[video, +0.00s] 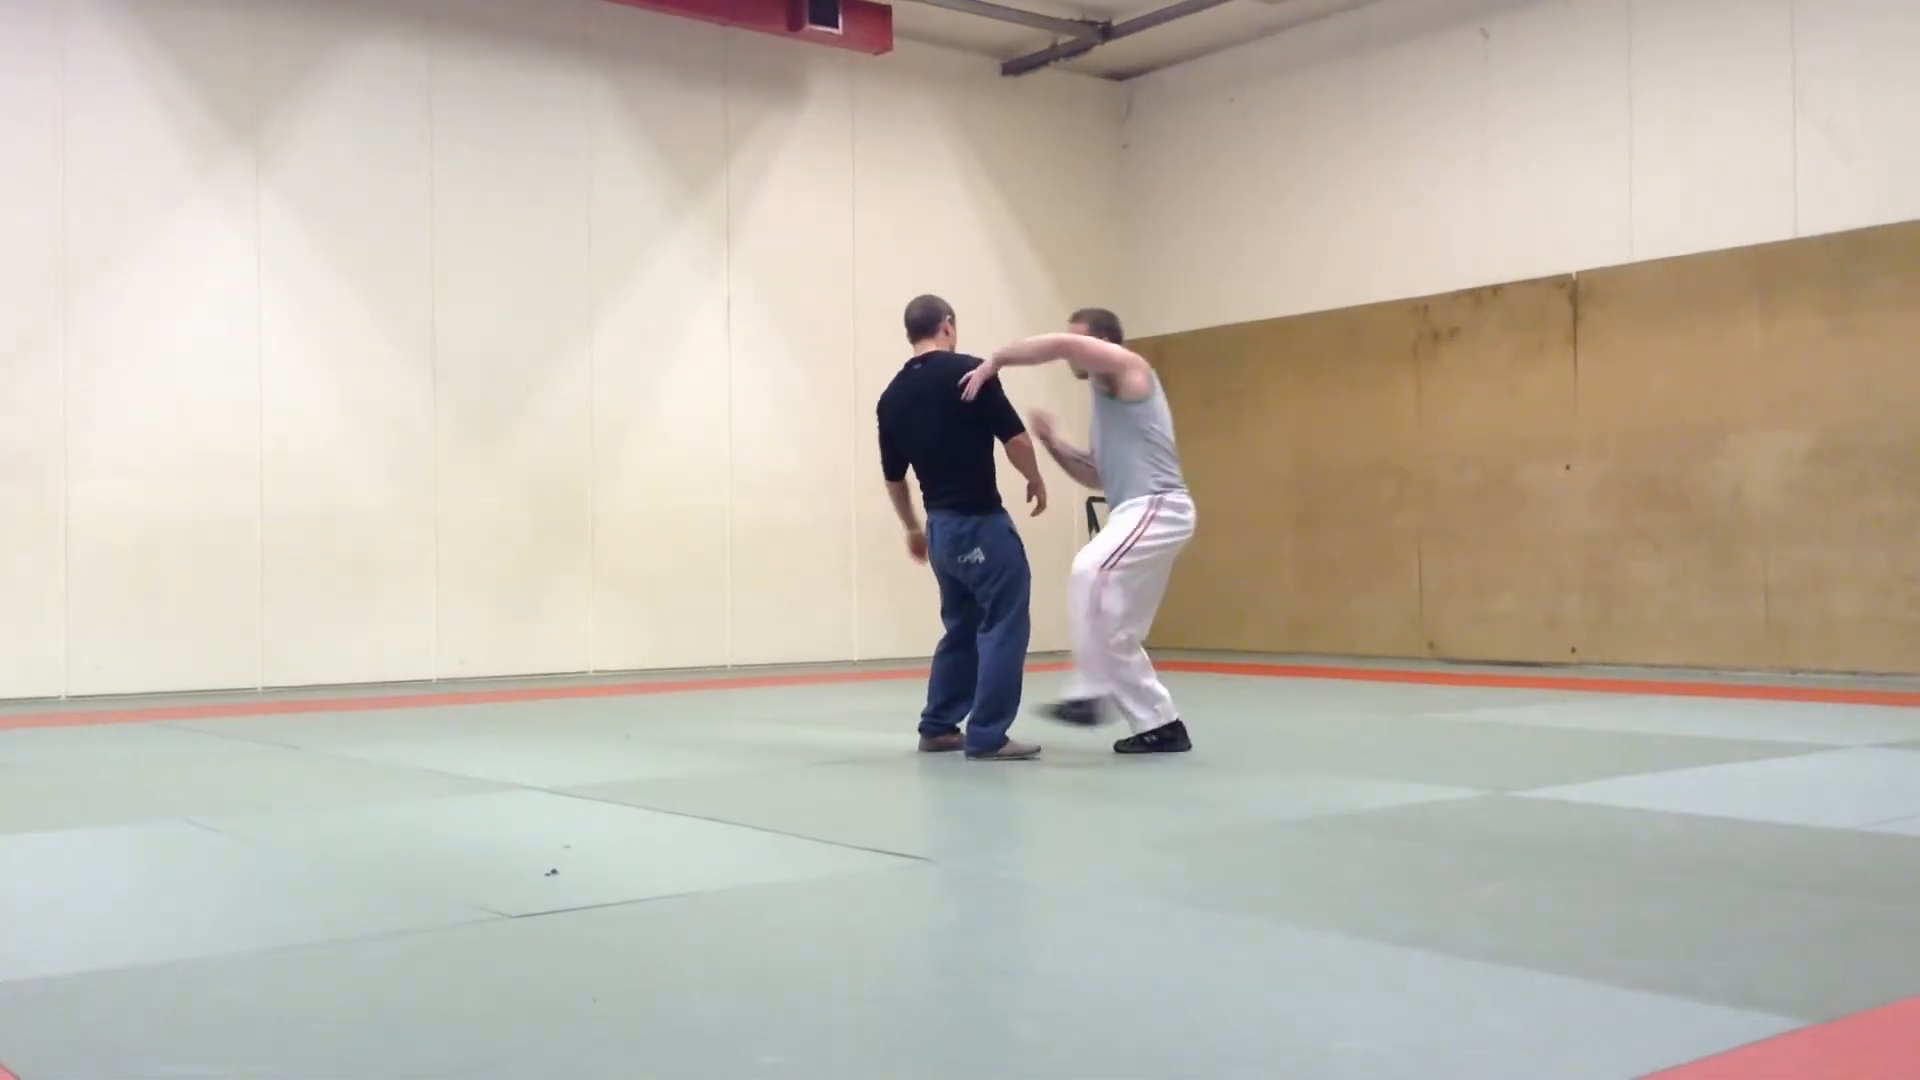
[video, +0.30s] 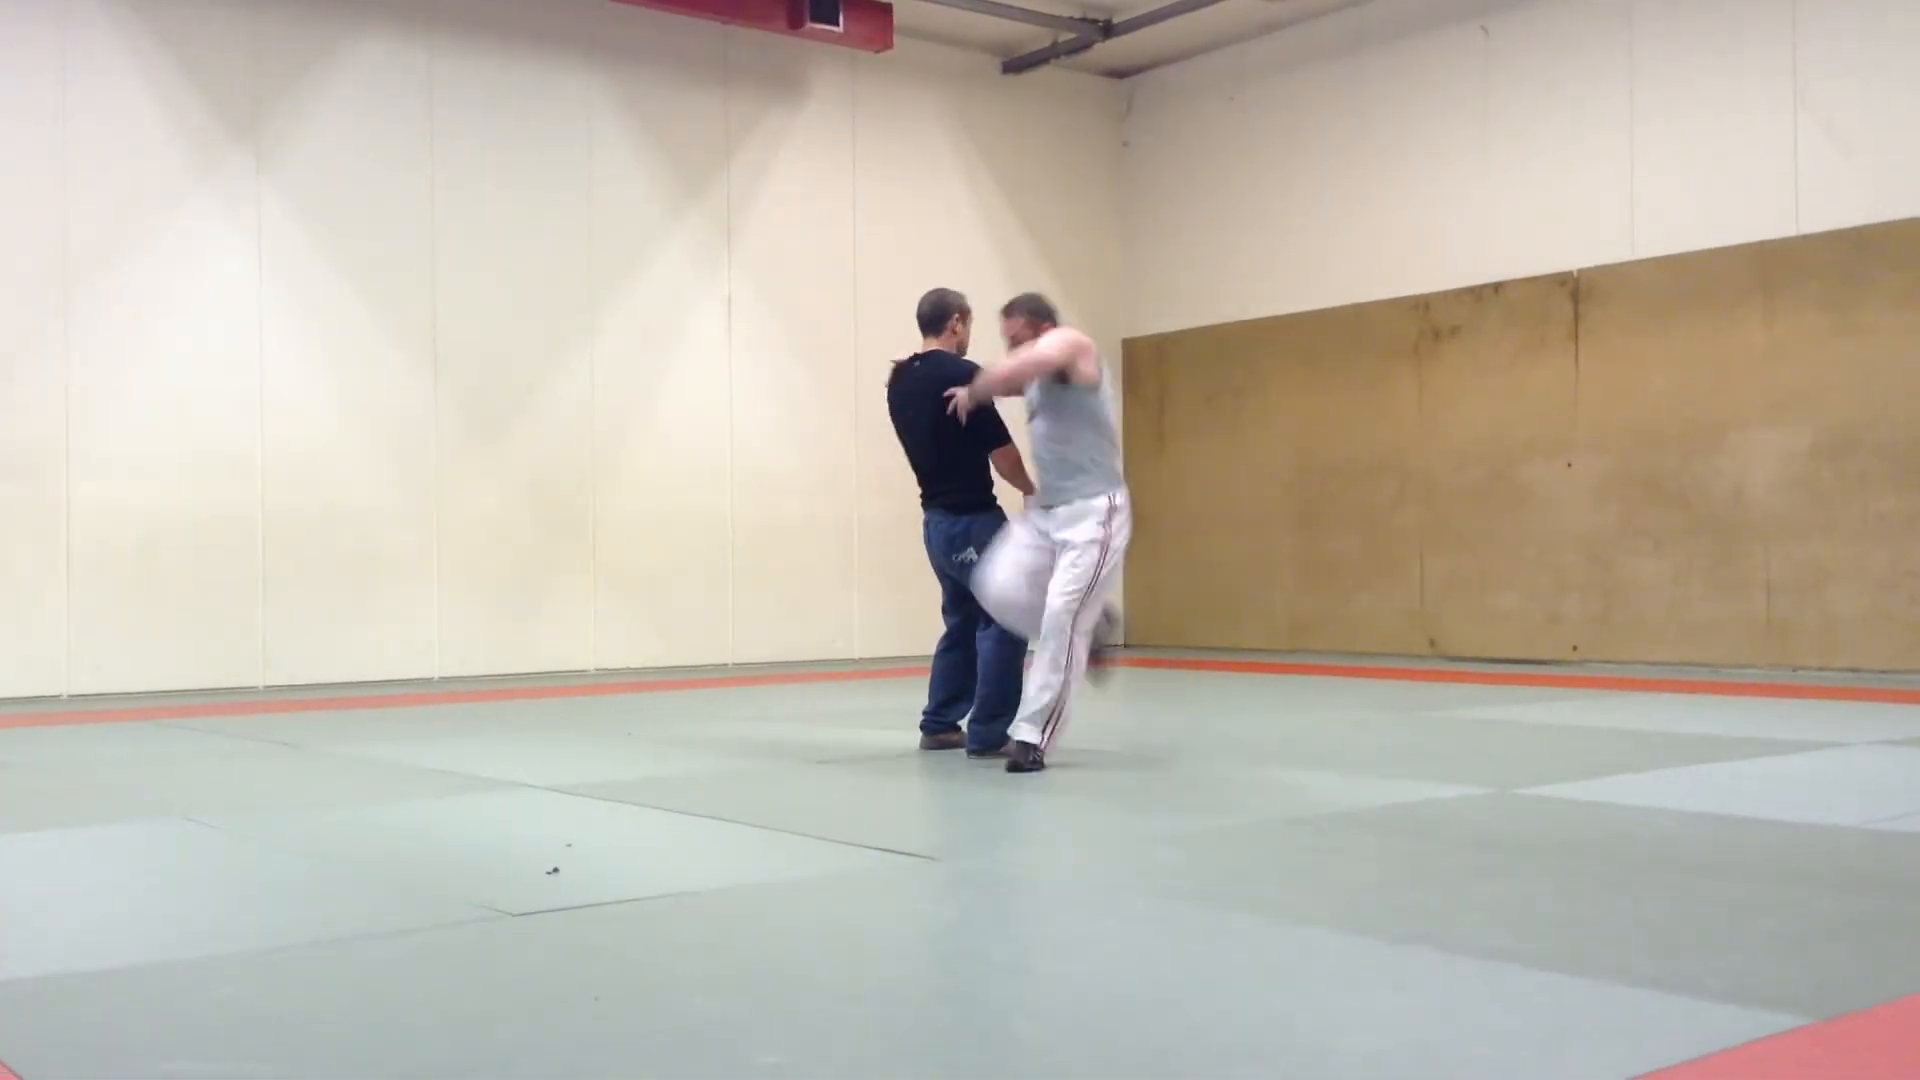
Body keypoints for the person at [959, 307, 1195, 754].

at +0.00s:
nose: (1067, 346)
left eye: (1074, 339)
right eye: (1068, 340)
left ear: (1100, 338)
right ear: (1090, 340)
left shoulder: (1130, 366)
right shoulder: (1109, 398)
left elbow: (1062, 342)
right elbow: (1100, 477)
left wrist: (994, 361)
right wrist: (1054, 443)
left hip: (1157, 506)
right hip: (1138, 511)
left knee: (1090, 569)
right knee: (1112, 623)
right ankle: (1160, 725)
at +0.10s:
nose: (1051, 351)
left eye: (1057, 342)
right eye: (1051, 343)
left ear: (1077, 341)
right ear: (1086, 341)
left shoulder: (1112, 367)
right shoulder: (1091, 400)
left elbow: (1048, 339)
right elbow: (1049, 446)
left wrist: (985, 369)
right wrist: (999, 403)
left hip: (1138, 514)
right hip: (1122, 518)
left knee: (1072, 594)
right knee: (1106, 633)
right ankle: (1161, 727)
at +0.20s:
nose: (1030, 336)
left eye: (1037, 328)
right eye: (1030, 328)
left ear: (1063, 323)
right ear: (1045, 326)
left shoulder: (1091, 344)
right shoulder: (1062, 384)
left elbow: (1022, 338)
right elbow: (1004, 396)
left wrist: (979, 377)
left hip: (1114, 504)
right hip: (1090, 510)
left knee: (1058, 602)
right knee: (1092, 627)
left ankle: (1011, 717)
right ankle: (1153, 710)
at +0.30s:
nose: (1012, 348)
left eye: (1017, 338)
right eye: (1008, 341)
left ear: (1043, 327)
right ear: (1008, 335)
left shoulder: (1072, 343)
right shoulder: (1030, 370)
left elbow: (1029, 366)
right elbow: (984, 380)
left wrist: (974, 392)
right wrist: (916, 370)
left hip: (1094, 511)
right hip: (1046, 512)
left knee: (1062, 618)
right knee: (1000, 588)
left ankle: (1031, 737)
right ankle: (1092, 626)